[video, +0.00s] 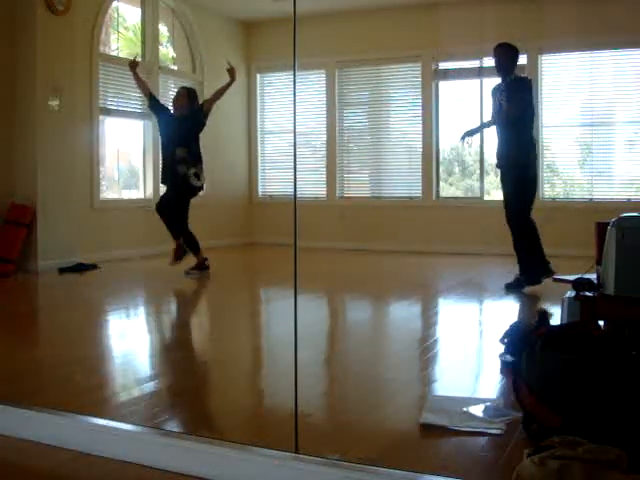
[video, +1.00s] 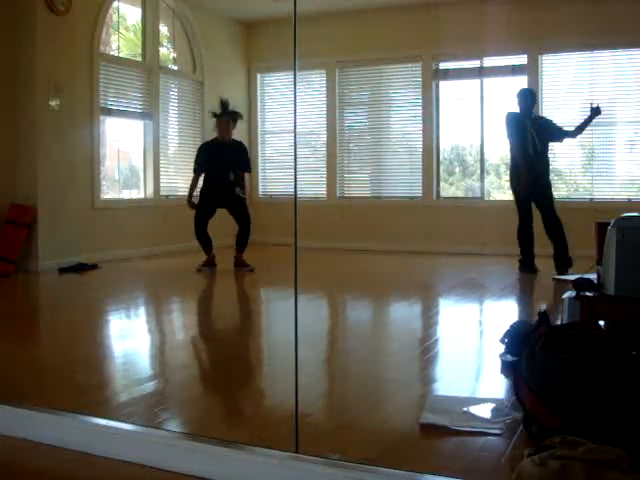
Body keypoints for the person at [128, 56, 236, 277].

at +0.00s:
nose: (175, 100)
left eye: (180, 97)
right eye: (175, 96)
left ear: (190, 102)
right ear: (174, 101)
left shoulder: (195, 119)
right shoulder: (165, 118)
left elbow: (211, 101)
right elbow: (148, 94)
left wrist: (230, 82)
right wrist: (134, 73)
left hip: (191, 179)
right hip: (173, 179)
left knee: (162, 208)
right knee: (180, 223)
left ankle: (179, 242)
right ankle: (200, 260)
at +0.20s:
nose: (186, 94)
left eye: (191, 92)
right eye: (186, 91)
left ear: (199, 98)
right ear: (185, 96)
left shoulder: (208, 114)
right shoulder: (175, 113)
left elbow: (223, 96)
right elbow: (161, 87)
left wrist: (241, 74)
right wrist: (152, 63)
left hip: (204, 172)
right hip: (182, 172)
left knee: (181, 201)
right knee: (189, 219)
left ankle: (207, 206)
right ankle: (201, 259)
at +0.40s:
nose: (203, 104)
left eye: (208, 101)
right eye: (203, 100)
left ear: (216, 105)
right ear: (201, 102)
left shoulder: (223, 127)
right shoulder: (187, 124)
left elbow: (231, 153)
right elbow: (175, 147)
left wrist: (242, 174)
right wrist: (164, 166)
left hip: (221, 180)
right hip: (198, 181)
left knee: (230, 221)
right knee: (200, 224)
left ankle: (242, 256)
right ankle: (208, 258)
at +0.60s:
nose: (209, 148)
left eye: (212, 144)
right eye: (208, 144)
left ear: (222, 145)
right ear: (206, 144)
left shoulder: (235, 162)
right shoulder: (200, 161)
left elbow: (243, 184)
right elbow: (191, 186)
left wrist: (247, 201)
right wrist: (182, 208)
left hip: (228, 198)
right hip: (206, 198)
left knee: (242, 227)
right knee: (199, 229)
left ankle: (240, 259)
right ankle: (209, 258)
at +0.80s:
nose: (216, 161)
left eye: (220, 158)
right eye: (214, 156)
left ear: (227, 156)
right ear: (211, 152)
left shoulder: (238, 163)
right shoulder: (203, 161)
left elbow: (241, 186)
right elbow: (196, 186)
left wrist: (244, 205)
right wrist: (190, 205)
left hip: (230, 199)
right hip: (208, 199)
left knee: (246, 228)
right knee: (198, 232)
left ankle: (239, 259)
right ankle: (209, 258)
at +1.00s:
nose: (224, 128)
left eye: (227, 124)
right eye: (221, 123)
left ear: (233, 126)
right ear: (216, 125)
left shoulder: (239, 148)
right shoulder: (206, 147)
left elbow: (242, 174)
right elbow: (197, 174)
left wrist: (244, 193)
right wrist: (190, 196)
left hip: (231, 193)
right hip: (210, 193)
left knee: (245, 224)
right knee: (199, 226)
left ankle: (239, 258)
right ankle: (210, 258)